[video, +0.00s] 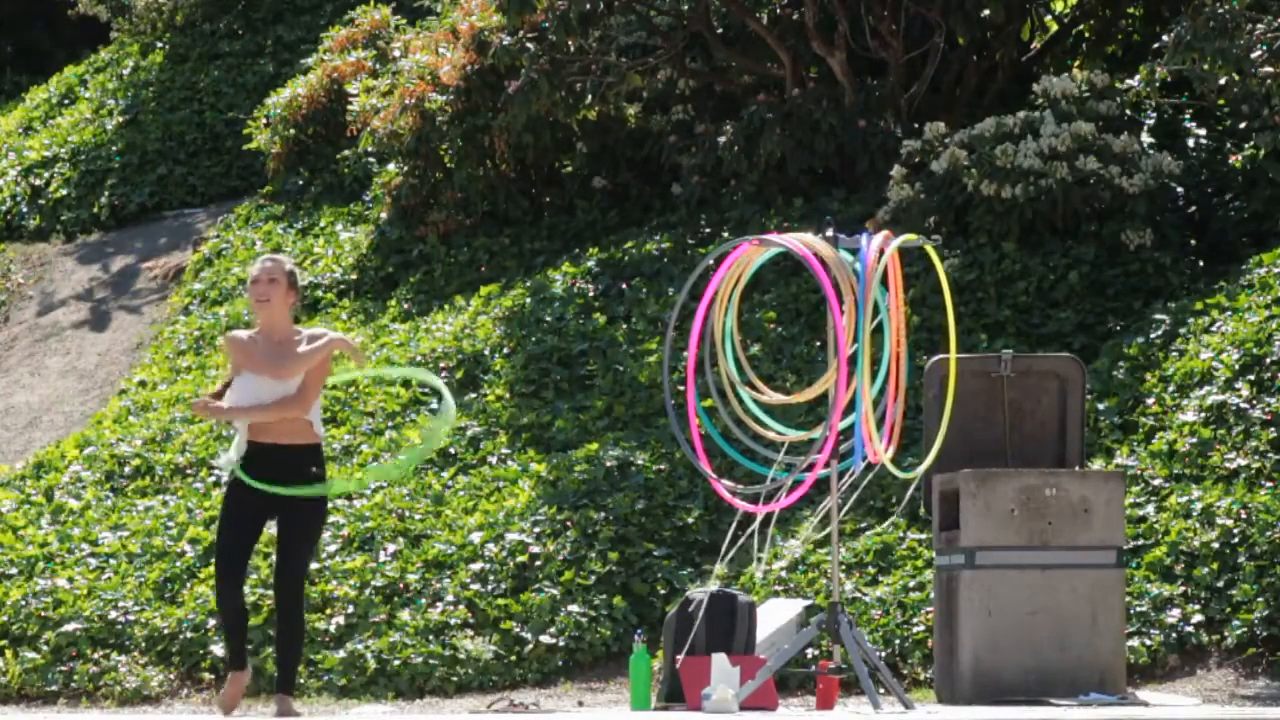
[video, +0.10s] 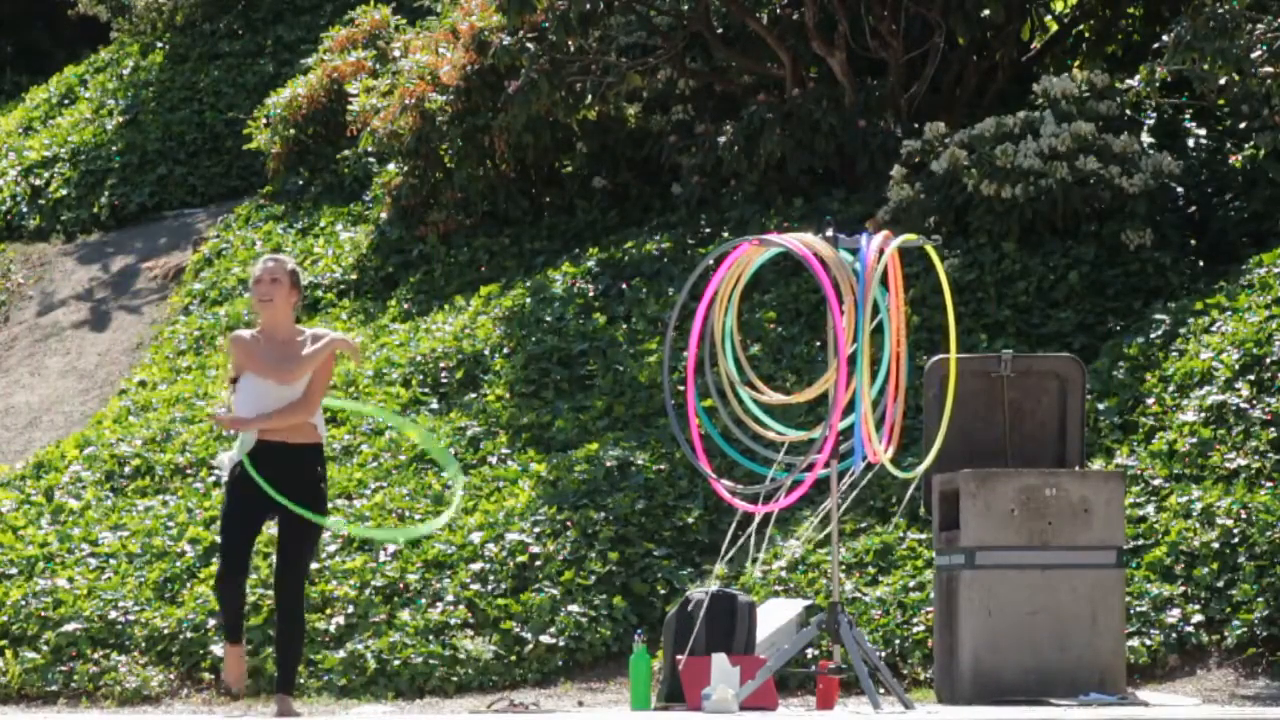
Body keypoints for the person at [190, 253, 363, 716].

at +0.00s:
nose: (258, 287)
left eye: (269, 281)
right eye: (253, 280)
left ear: (291, 293)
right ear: (246, 291)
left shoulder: (318, 343)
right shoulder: (236, 342)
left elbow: (302, 406)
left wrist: (232, 413)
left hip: (302, 467)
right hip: (253, 464)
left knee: (288, 584)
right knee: (226, 572)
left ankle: (285, 694)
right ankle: (237, 668)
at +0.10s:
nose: (262, 286)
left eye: (273, 280)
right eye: (257, 280)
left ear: (295, 293)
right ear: (249, 292)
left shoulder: (321, 344)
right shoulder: (241, 343)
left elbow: (308, 409)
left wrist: (250, 424)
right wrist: (326, 346)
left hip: (302, 462)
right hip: (251, 461)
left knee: (290, 584)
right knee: (231, 568)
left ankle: (285, 695)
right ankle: (233, 647)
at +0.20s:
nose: (266, 286)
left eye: (277, 280)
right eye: (262, 280)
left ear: (299, 292)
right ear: (253, 292)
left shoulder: (324, 345)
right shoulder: (244, 342)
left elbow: (313, 410)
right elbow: (263, 375)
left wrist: (276, 431)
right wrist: (323, 343)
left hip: (303, 456)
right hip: (253, 456)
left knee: (290, 579)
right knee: (247, 539)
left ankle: (284, 694)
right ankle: (232, 608)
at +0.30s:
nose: (269, 287)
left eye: (279, 281)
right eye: (265, 281)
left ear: (301, 293)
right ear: (258, 291)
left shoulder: (327, 347)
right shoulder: (246, 340)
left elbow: (317, 413)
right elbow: (268, 376)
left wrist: (292, 452)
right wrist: (317, 340)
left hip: (305, 457)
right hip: (253, 453)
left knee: (290, 582)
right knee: (272, 512)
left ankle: (284, 694)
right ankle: (232, 574)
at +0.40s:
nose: (273, 288)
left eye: (284, 281)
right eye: (269, 281)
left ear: (305, 291)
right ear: (262, 289)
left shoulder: (329, 340)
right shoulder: (249, 336)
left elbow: (324, 407)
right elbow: (260, 379)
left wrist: (312, 456)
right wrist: (296, 336)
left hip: (303, 455)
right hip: (256, 449)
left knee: (289, 584)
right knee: (283, 504)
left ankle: (283, 693)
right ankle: (230, 544)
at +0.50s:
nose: (276, 288)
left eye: (287, 281)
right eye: (271, 281)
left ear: (309, 290)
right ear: (264, 290)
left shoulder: (332, 346)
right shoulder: (250, 336)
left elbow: (329, 410)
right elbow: (247, 381)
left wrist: (328, 472)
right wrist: (279, 341)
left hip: (307, 456)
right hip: (258, 448)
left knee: (289, 586)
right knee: (285, 499)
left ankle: (284, 694)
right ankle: (225, 530)